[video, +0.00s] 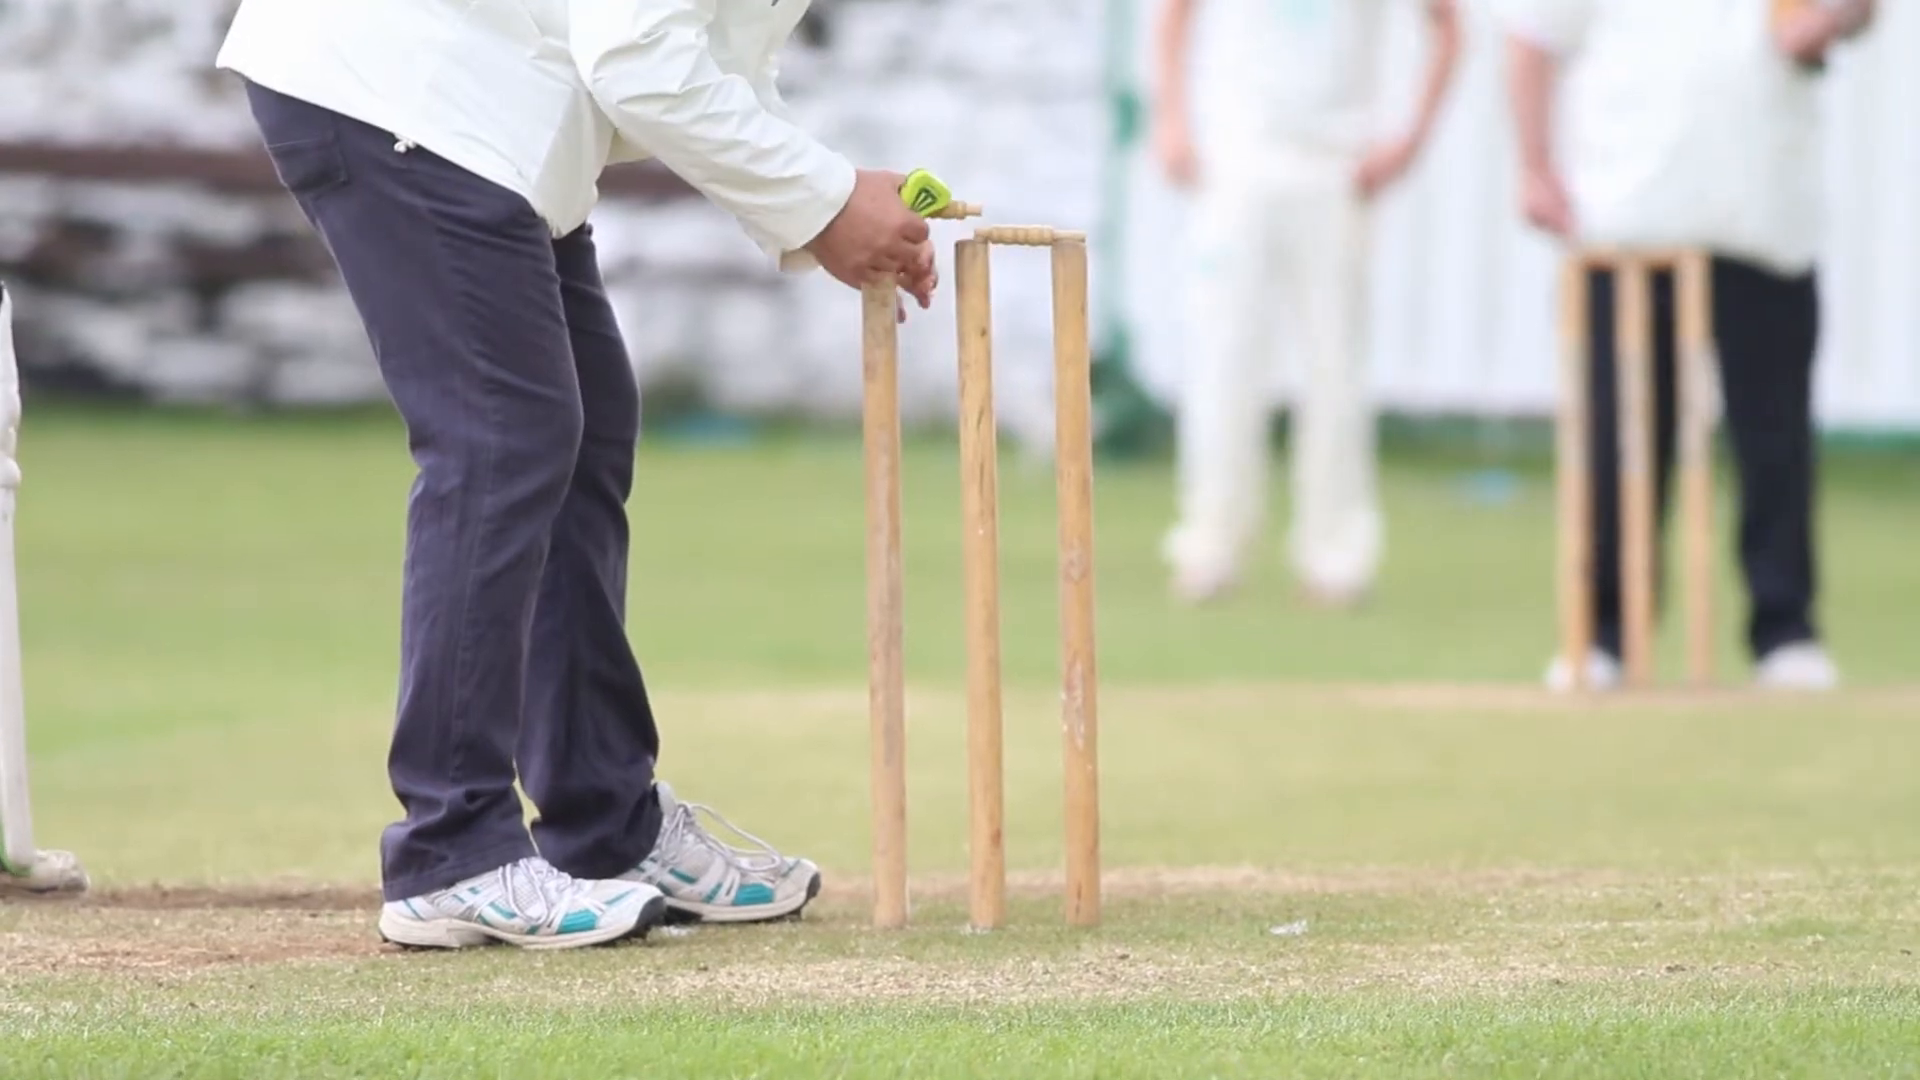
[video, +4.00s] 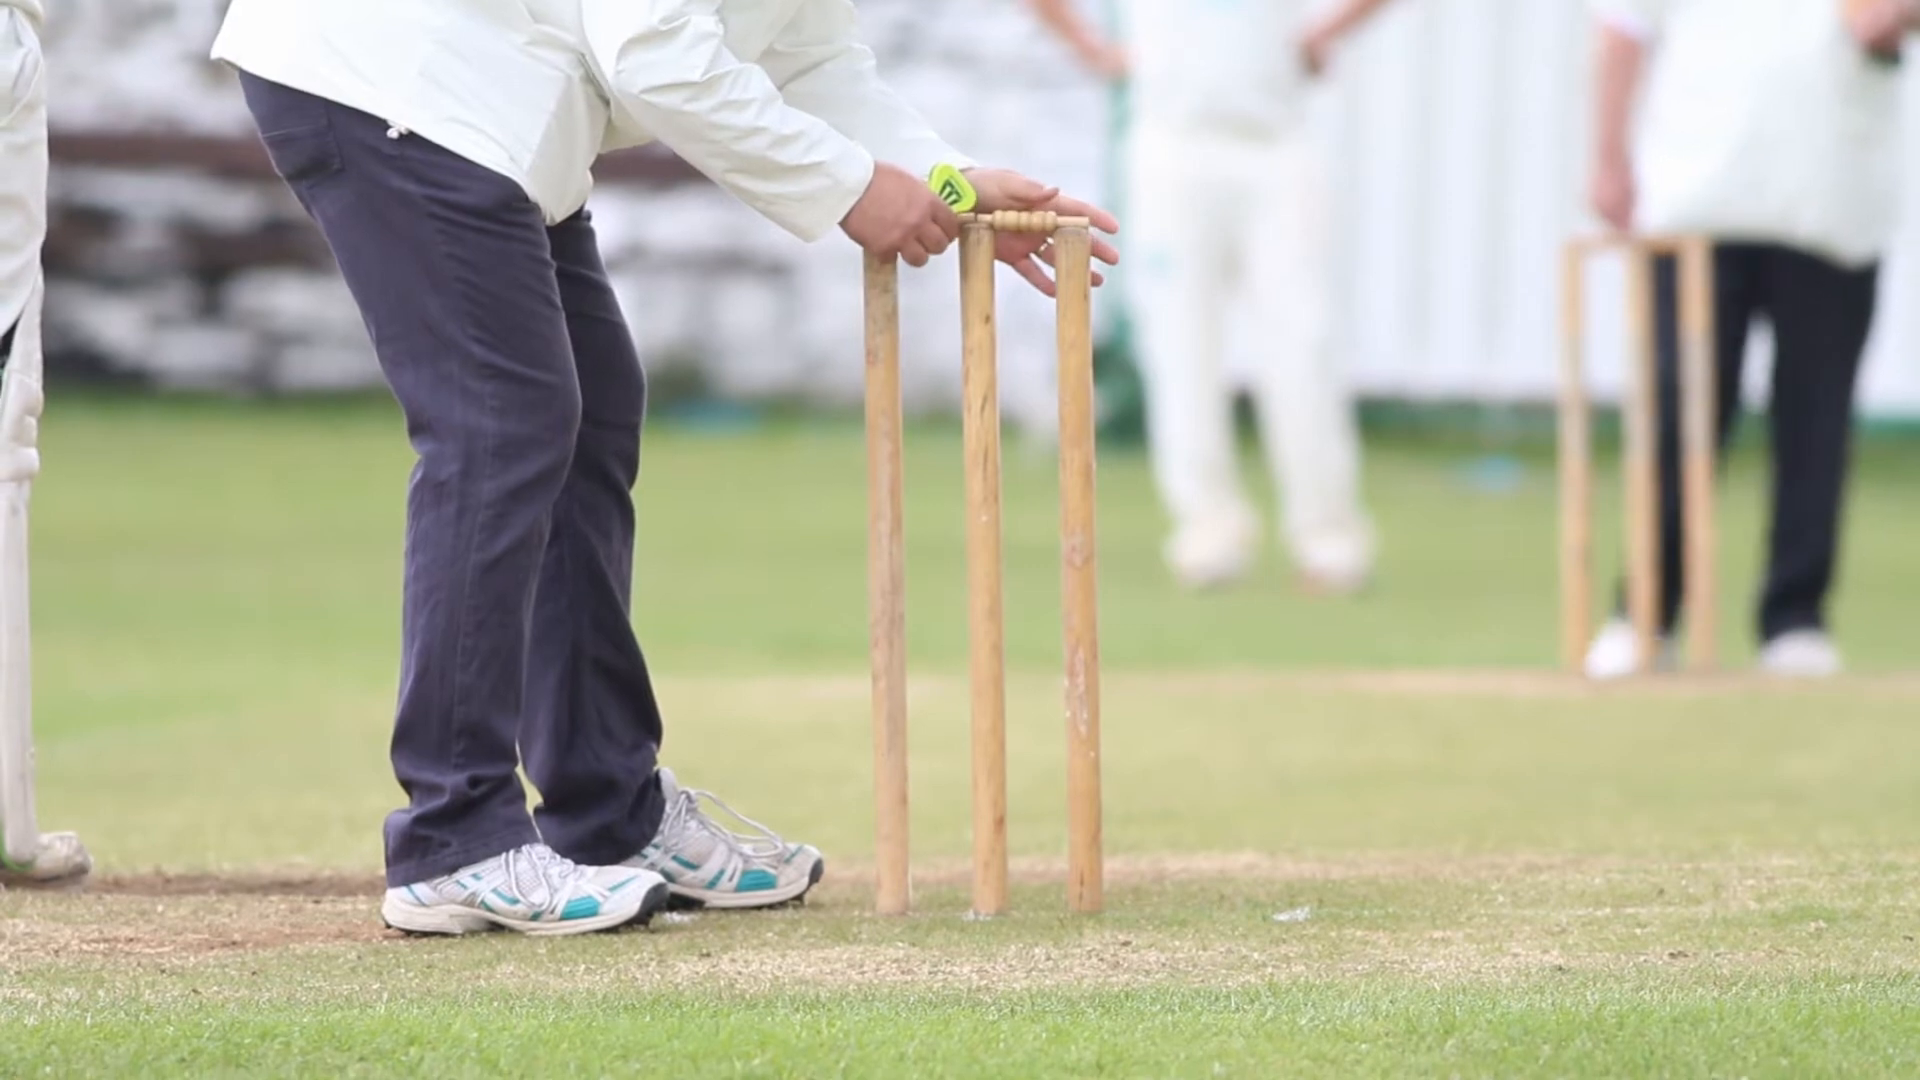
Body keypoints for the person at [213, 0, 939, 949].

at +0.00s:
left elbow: (698, 62)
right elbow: (633, 50)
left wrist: (831, 212)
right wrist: (826, 197)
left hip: (487, 83)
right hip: (385, 63)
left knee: (589, 422)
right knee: (507, 432)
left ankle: (605, 830)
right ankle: (450, 861)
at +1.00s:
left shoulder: (791, 1)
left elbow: (805, 102)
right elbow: (649, 67)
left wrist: (912, 242)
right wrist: (830, 212)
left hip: (494, 78)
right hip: (381, 56)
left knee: (586, 419)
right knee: (507, 427)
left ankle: (604, 825)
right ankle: (451, 858)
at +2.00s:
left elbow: (809, 84)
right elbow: (646, 65)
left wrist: (959, 186)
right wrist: (826, 202)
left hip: (491, 82)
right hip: (377, 54)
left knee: (586, 414)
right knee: (505, 423)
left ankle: (606, 822)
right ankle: (451, 855)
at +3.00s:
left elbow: (814, 67)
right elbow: (659, 61)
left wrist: (962, 193)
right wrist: (847, 191)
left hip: (491, 74)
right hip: (383, 53)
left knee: (588, 411)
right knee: (506, 421)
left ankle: (608, 818)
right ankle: (452, 849)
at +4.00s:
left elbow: (813, 65)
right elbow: (650, 51)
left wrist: (962, 190)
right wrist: (844, 185)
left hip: (487, 73)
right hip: (376, 51)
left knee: (594, 406)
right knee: (507, 416)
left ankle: (607, 815)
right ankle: (454, 846)